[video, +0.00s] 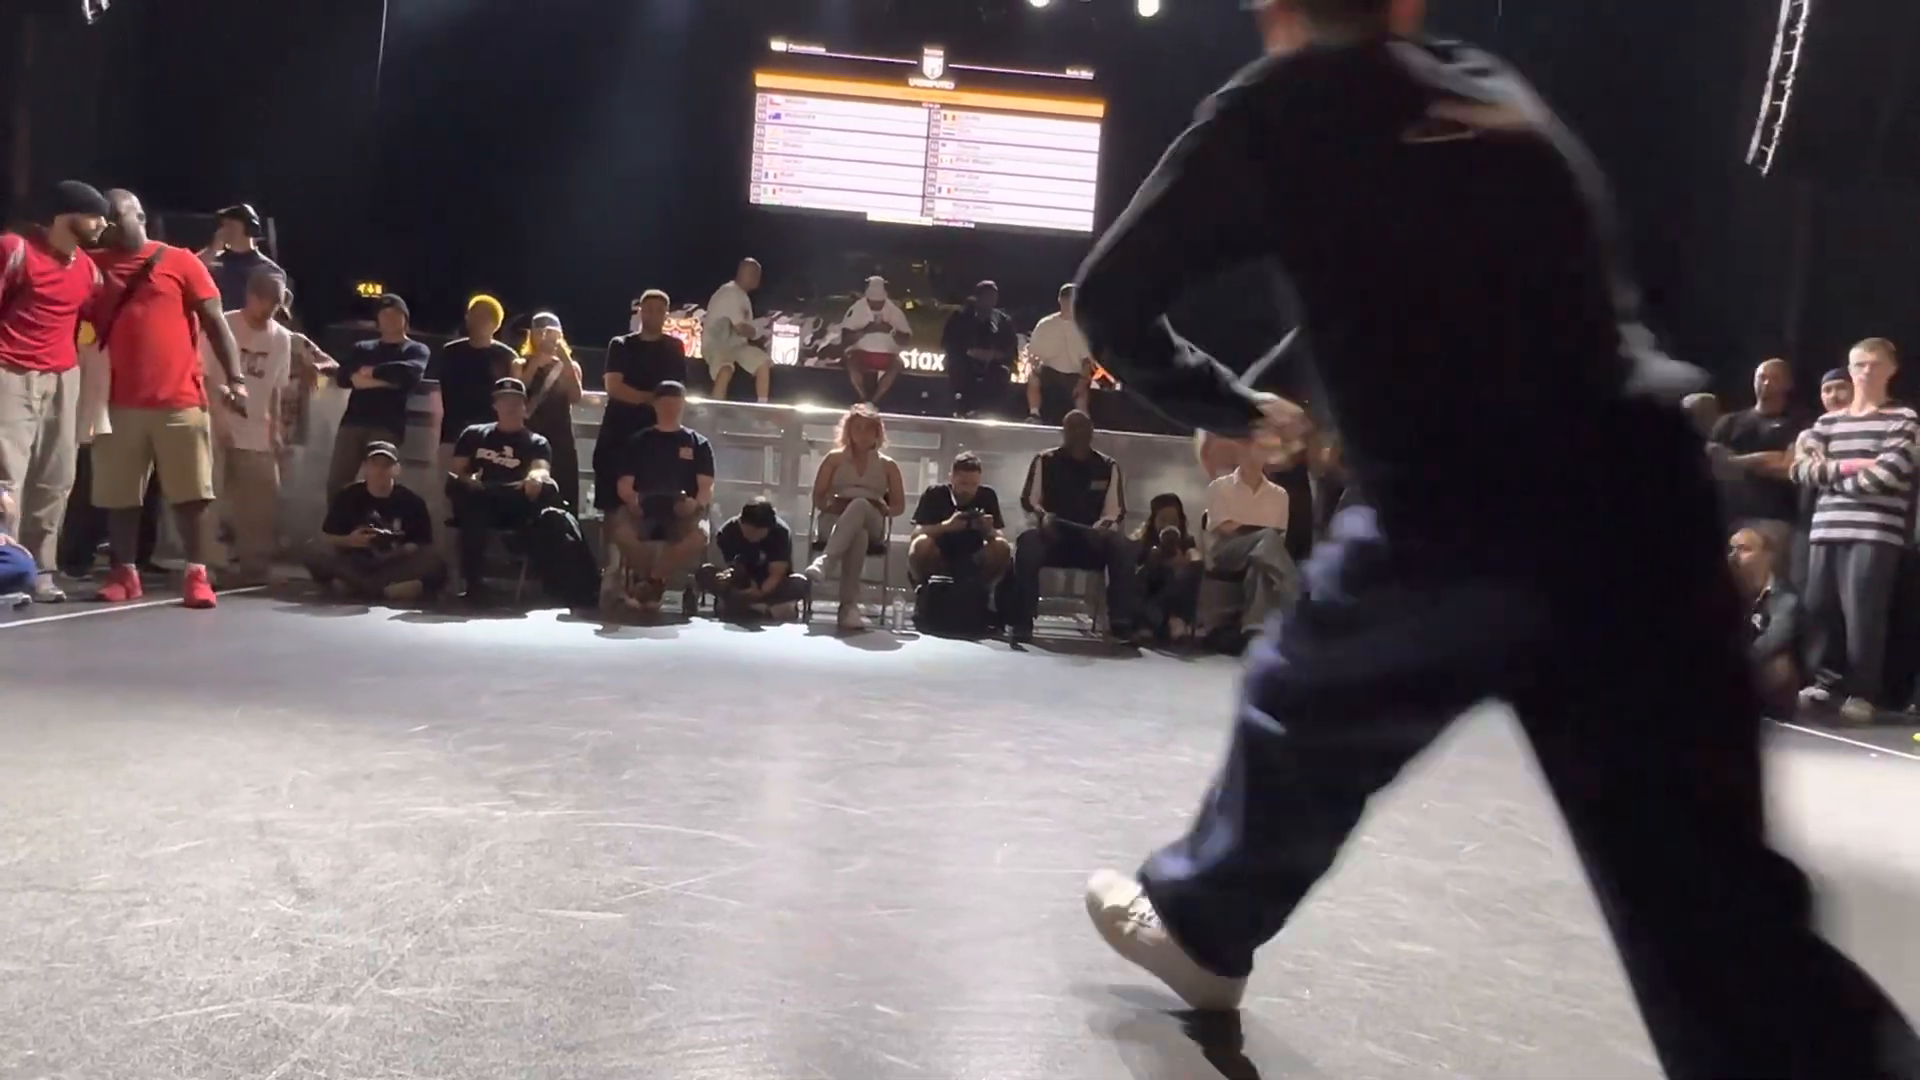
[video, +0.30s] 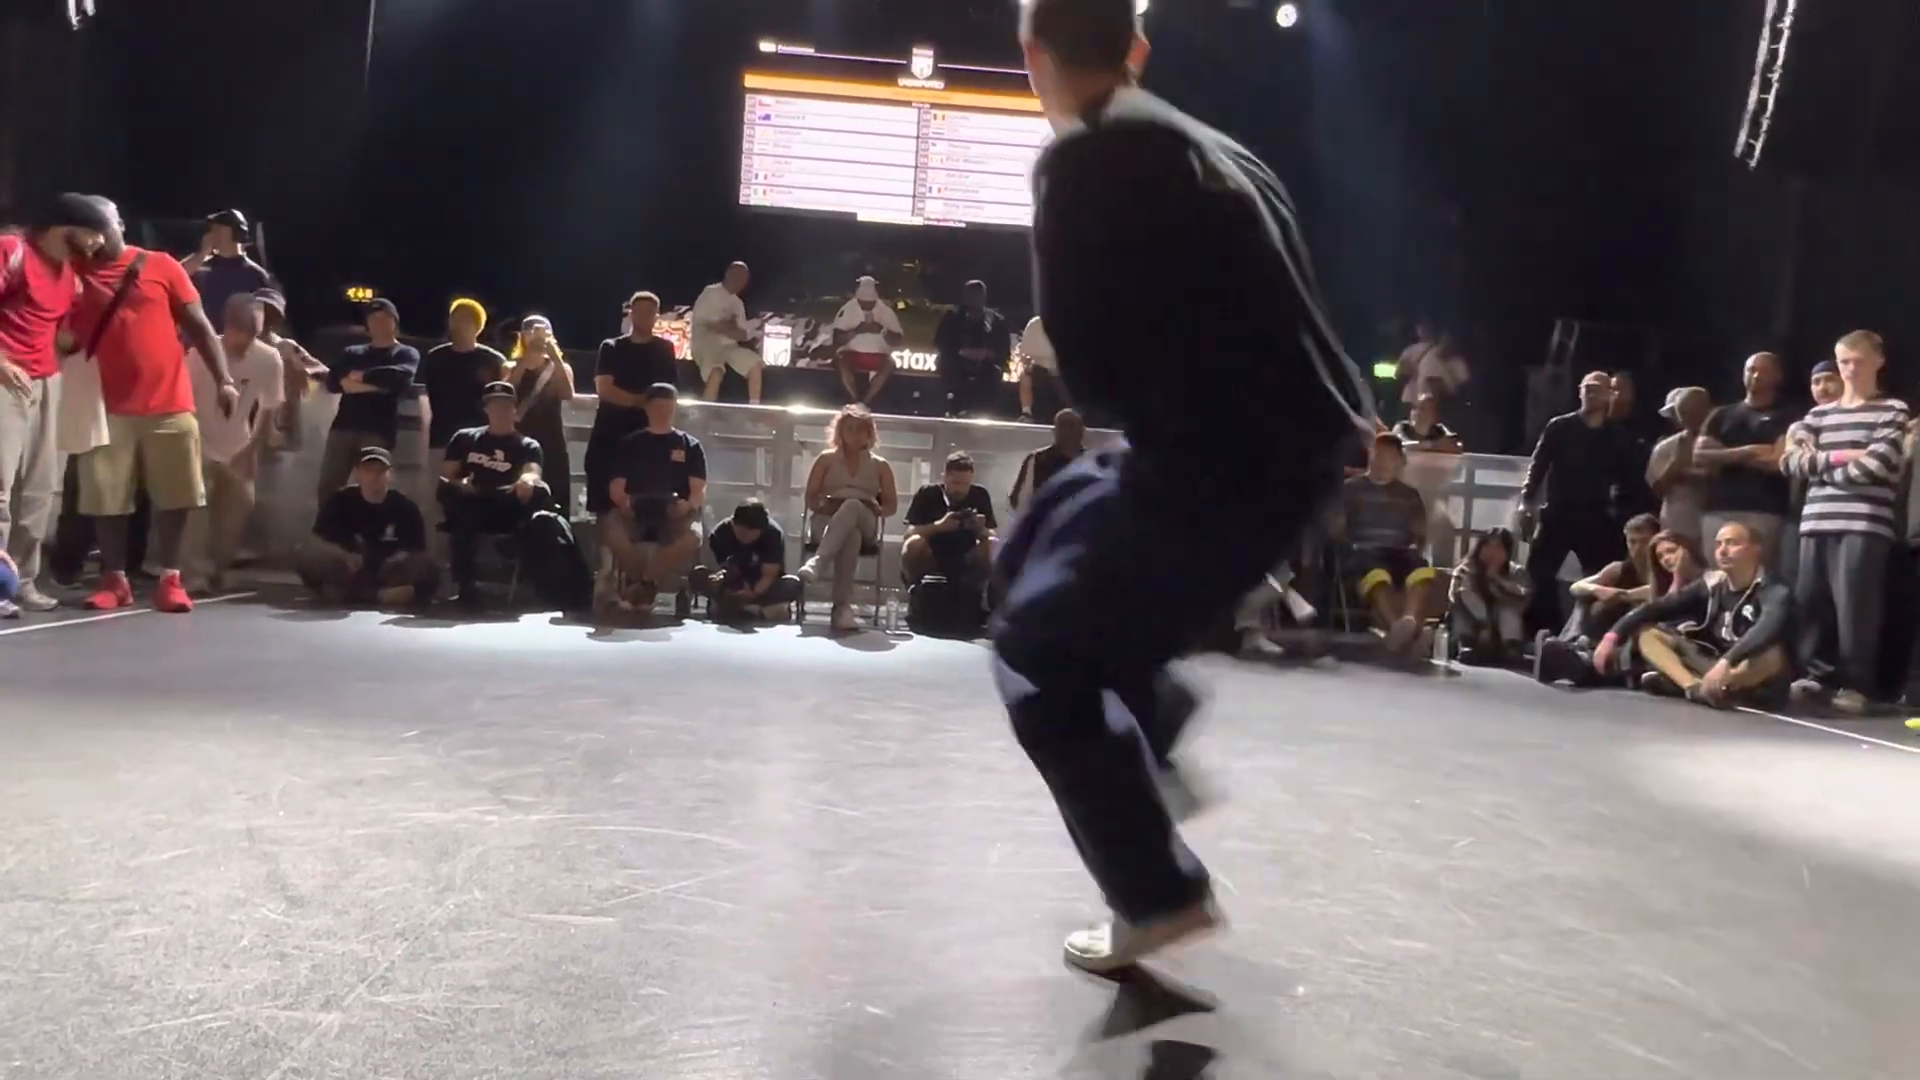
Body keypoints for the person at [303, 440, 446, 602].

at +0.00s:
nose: (380, 471)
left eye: (386, 466)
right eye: (375, 465)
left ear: (395, 470)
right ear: (365, 467)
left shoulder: (412, 502)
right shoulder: (346, 497)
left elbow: (423, 546)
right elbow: (327, 538)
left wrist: (395, 548)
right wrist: (350, 541)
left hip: (395, 561)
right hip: (354, 560)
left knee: (433, 561)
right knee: (313, 550)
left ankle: (358, 588)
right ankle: (382, 591)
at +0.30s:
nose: (375, 477)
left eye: (380, 472)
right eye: (369, 471)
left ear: (389, 475)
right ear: (358, 474)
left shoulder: (405, 507)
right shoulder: (339, 501)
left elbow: (416, 548)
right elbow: (318, 540)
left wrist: (400, 558)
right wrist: (346, 557)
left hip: (389, 568)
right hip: (347, 567)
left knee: (427, 568)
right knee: (306, 556)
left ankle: (350, 596)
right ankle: (378, 596)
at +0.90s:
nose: (367, 486)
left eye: (372, 480)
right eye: (361, 480)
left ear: (382, 483)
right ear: (351, 484)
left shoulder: (399, 514)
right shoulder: (334, 509)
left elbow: (409, 556)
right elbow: (317, 549)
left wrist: (381, 574)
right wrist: (338, 573)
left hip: (382, 576)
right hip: (343, 575)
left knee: (422, 575)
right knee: (300, 564)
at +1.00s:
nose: (368, 492)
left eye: (374, 486)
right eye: (363, 486)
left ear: (383, 489)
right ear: (353, 490)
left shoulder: (401, 520)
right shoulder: (336, 516)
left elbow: (410, 563)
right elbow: (320, 555)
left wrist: (384, 579)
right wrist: (339, 577)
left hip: (383, 582)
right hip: (345, 581)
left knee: (423, 581)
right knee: (301, 570)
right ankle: (374, 612)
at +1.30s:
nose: (374, 508)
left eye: (379, 502)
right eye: (368, 502)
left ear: (388, 505)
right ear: (359, 506)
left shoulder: (406, 537)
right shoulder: (344, 532)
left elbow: (419, 578)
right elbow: (325, 571)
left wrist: (404, 588)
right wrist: (346, 592)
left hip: (392, 599)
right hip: (353, 599)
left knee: (431, 597)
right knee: (309, 587)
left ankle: (355, 626)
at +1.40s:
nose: (374, 510)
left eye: (379, 503)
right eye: (368, 503)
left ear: (388, 506)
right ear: (359, 507)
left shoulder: (406, 537)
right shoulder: (343, 534)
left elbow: (419, 579)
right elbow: (325, 573)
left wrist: (403, 590)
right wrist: (345, 592)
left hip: (391, 600)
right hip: (353, 599)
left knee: (431, 597)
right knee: (309, 589)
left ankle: (354, 628)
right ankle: (382, 628)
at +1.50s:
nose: (374, 510)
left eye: (379, 504)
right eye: (368, 504)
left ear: (388, 507)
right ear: (359, 508)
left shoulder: (406, 537)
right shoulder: (342, 534)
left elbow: (416, 579)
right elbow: (327, 574)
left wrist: (390, 600)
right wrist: (346, 592)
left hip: (390, 599)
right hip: (353, 598)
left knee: (430, 596)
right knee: (310, 588)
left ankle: (354, 628)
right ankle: (380, 628)